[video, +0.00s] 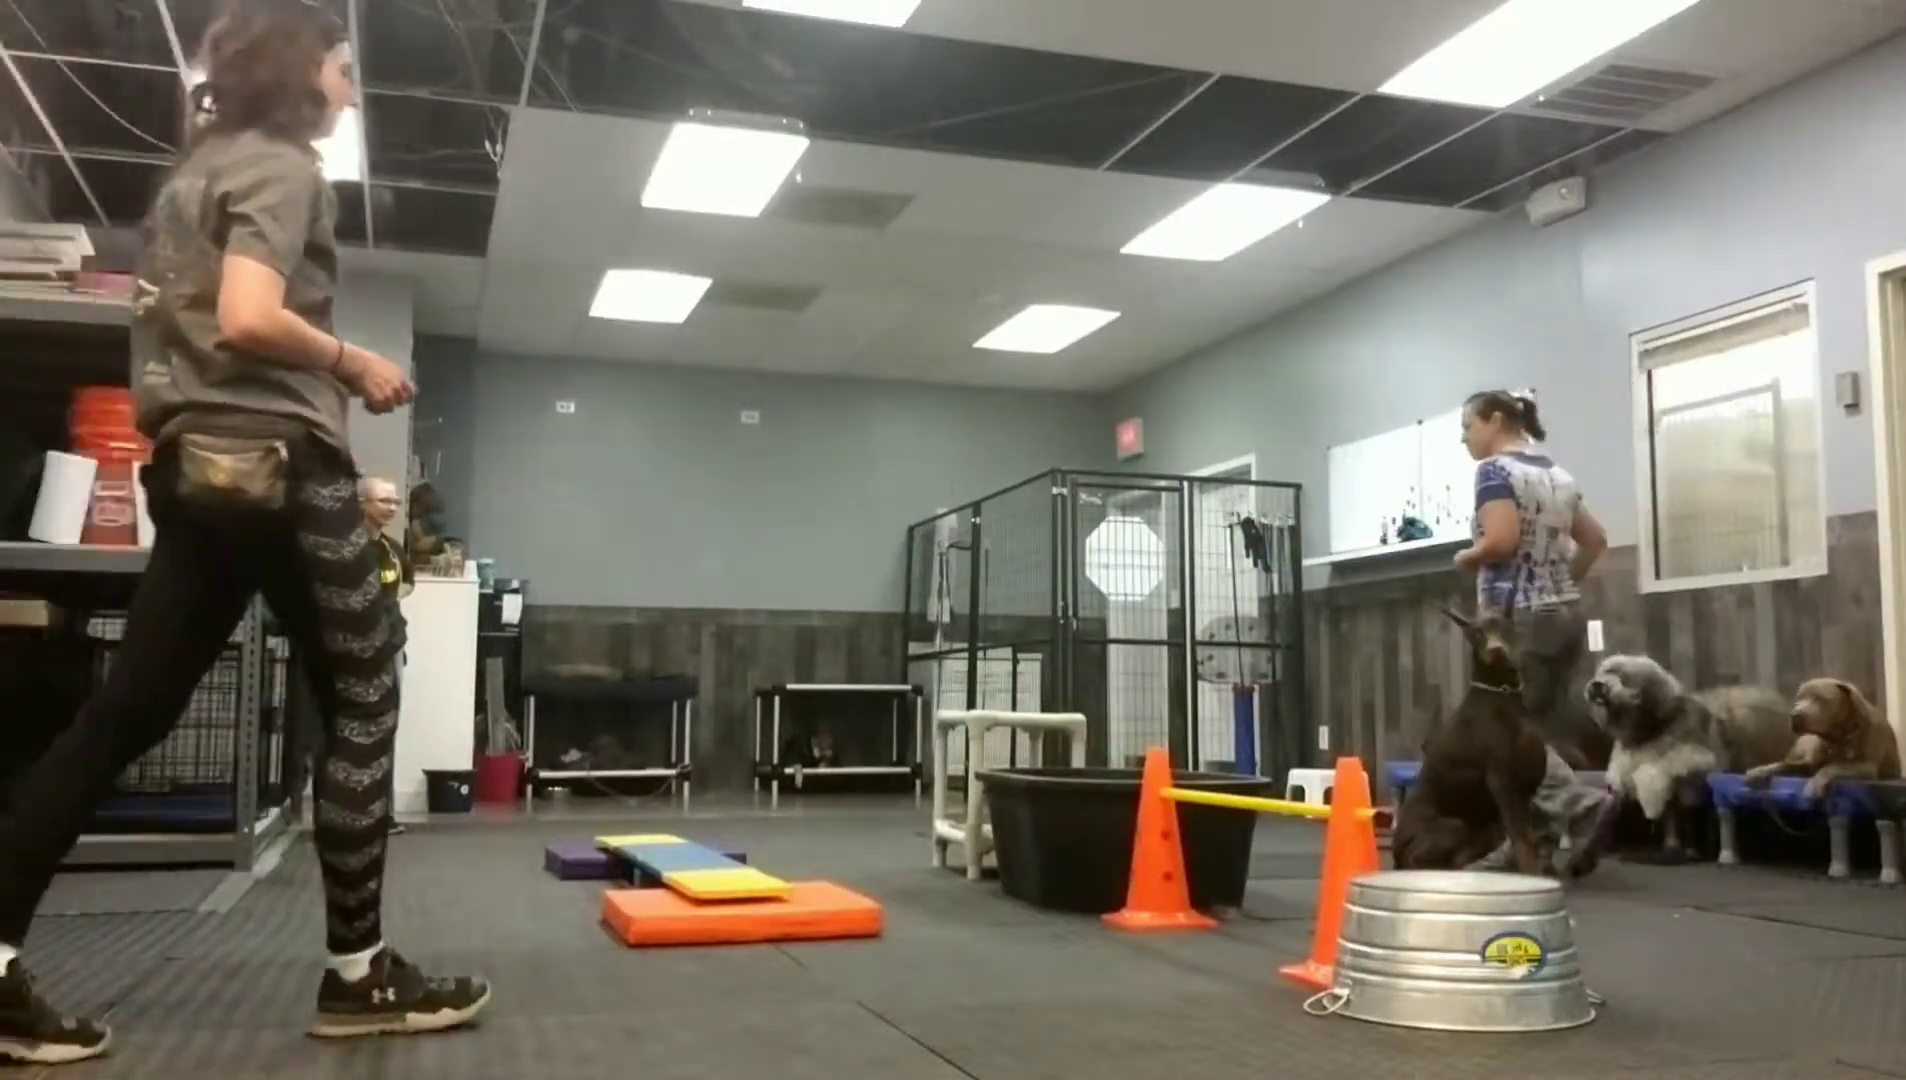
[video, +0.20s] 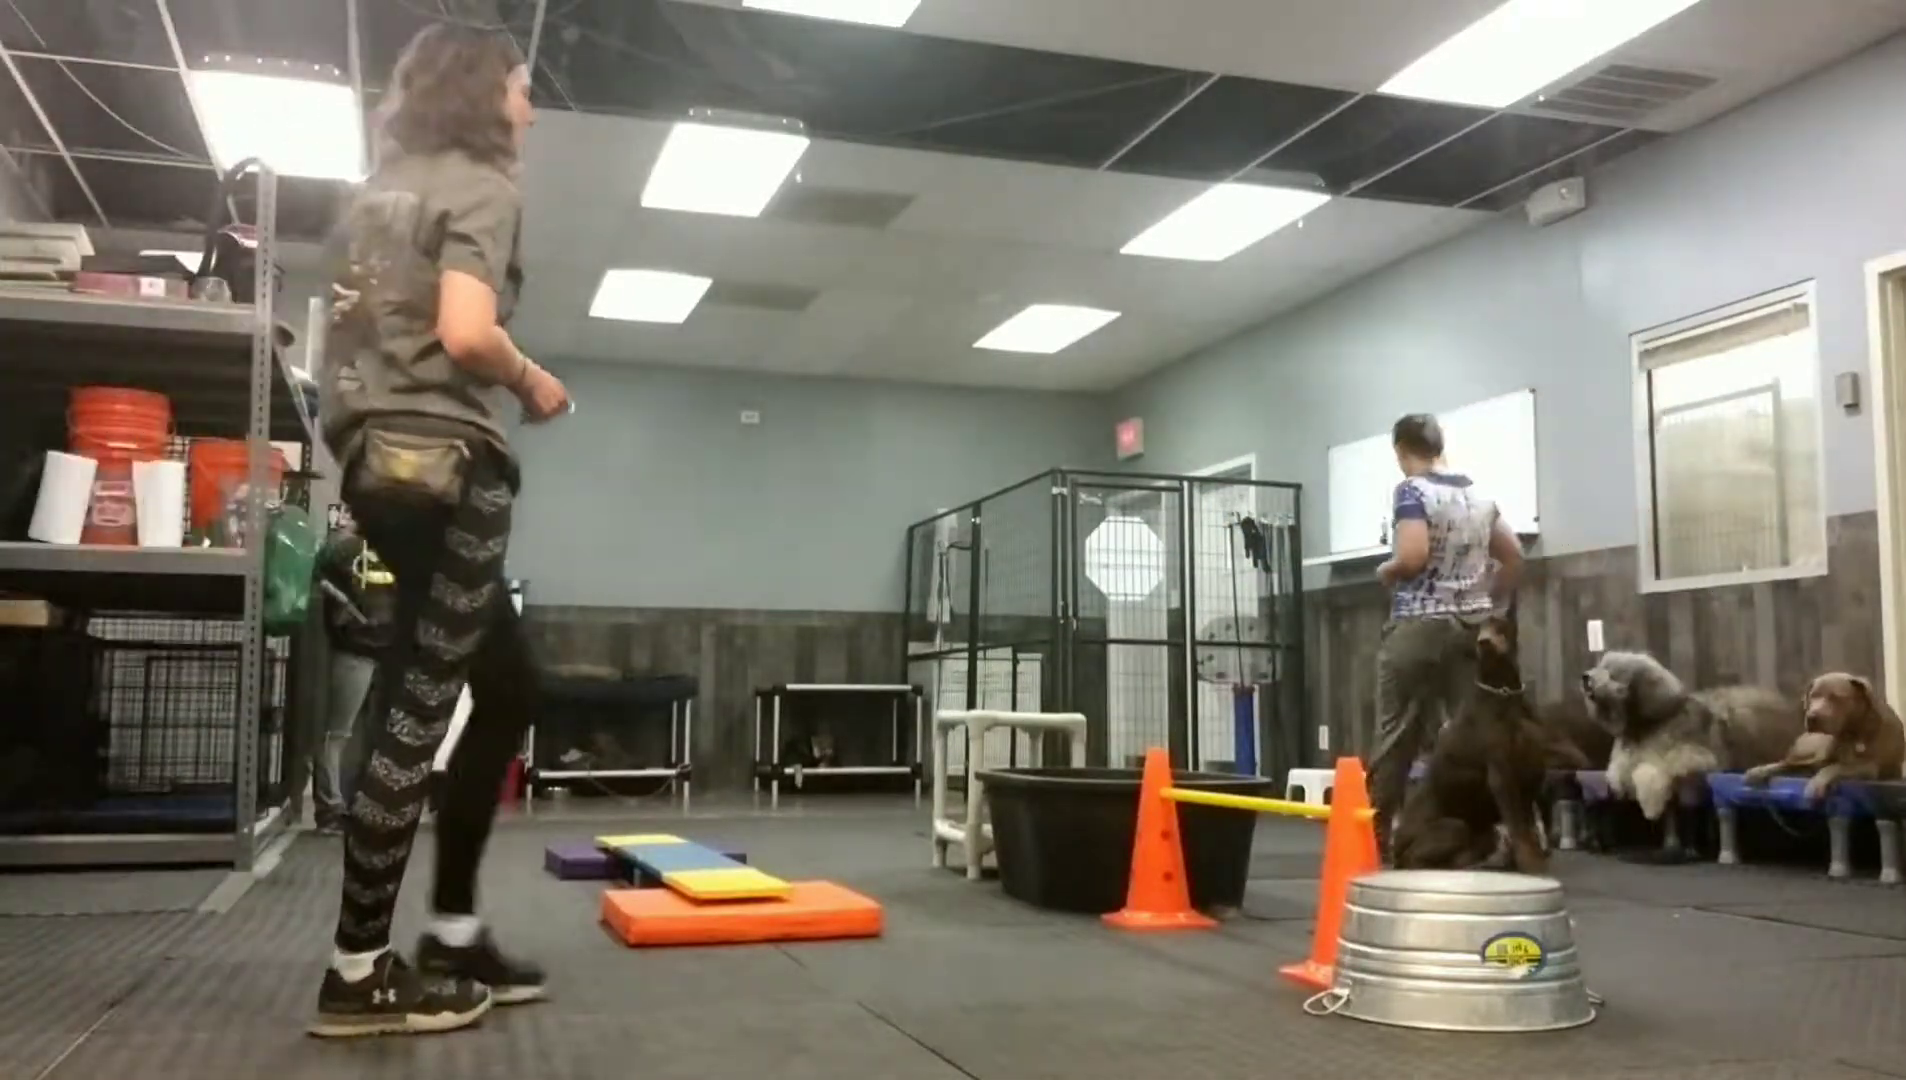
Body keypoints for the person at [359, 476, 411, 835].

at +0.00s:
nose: (392, 507)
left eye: (395, 502)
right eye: (385, 501)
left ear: (396, 506)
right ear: (365, 504)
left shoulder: (390, 546)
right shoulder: (356, 547)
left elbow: (394, 595)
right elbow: (357, 602)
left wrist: (395, 637)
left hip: (389, 647)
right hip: (364, 651)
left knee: (386, 731)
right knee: (368, 731)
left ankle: (384, 811)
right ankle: (369, 814)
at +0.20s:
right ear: (365, 514)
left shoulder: (399, 551)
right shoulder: (346, 549)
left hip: (392, 648)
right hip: (356, 646)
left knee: (375, 734)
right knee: (339, 732)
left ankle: (361, 808)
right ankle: (330, 809)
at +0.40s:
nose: (382, 505)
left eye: (385, 500)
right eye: (374, 499)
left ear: (388, 505)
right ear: (356, 503)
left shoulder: (386, 549)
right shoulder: (340, 541)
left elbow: (413, 582)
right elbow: (322, 580)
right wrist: (345, 604)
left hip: (389, 649)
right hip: (354, 648)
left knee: (382, 734)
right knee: (339, 733)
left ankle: (377, 809)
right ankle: (330, 810)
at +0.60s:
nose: (381, 514)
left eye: (385, 508)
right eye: (373, 507)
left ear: (390, 509)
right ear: (353, 509)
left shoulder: (389, 547)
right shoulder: (339, 543)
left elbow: (435, 547)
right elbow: (321, 583)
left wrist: (401, 530)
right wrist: (345, 603)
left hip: (391, 649)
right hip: (355, 648)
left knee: (383, 734)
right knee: (340, 733)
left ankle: (378, 810)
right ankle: (331, 810)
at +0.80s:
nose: (381, 514)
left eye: (385, 508)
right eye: (373, 507)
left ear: (389, 509)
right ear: (354, 508)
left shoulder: (389, 546)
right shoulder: (340, 543)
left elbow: (434, 545)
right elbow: (319, 574)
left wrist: (397, 524)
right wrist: (344, 598)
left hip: (393, 649)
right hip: (357, 648)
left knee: (384, 734)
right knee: (341, 733)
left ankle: (377, 810)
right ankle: (331, 811)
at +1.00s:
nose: (381, 515)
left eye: (385, 508)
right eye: (373, 507)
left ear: (389, 509)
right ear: (354, 508)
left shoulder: (389, 547)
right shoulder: (339, 543)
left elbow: (434, 546)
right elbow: (320, 575)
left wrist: (399, 526)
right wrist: (345, 599)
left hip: (393, 648)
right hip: (357, 647)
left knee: (384, 734)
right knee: (341, 733)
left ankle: (377, 810)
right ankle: (331, 810)